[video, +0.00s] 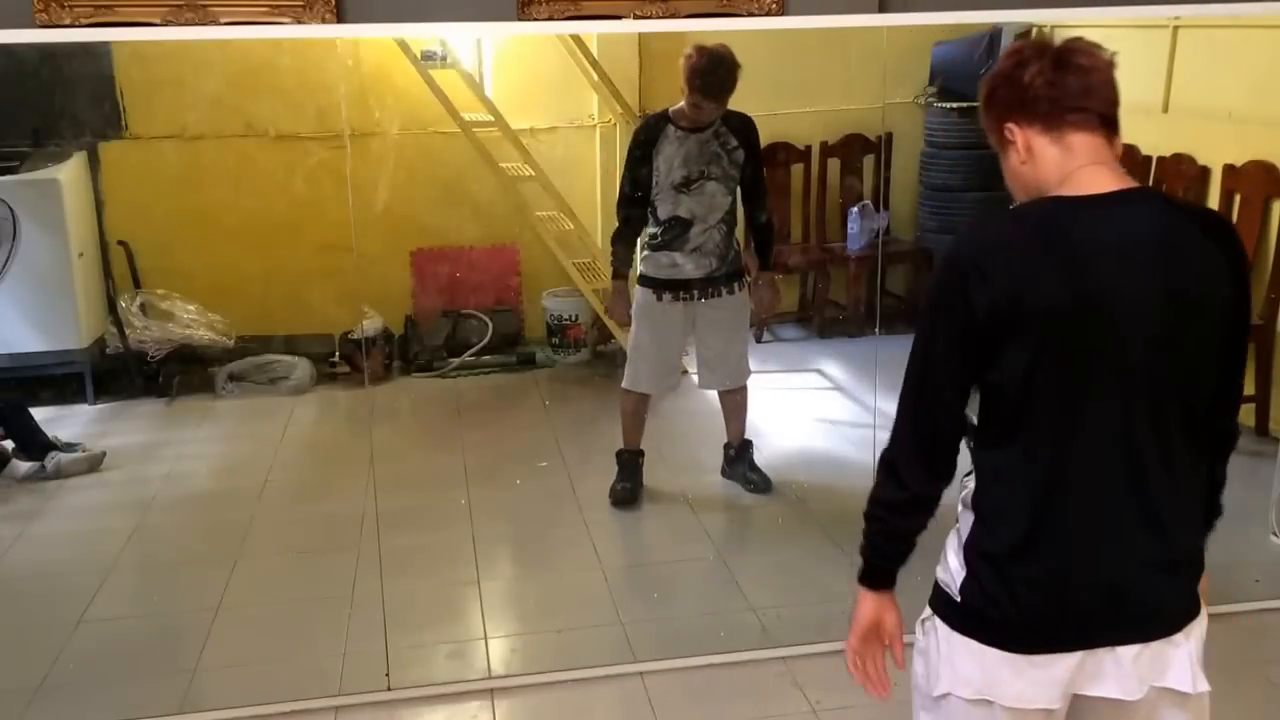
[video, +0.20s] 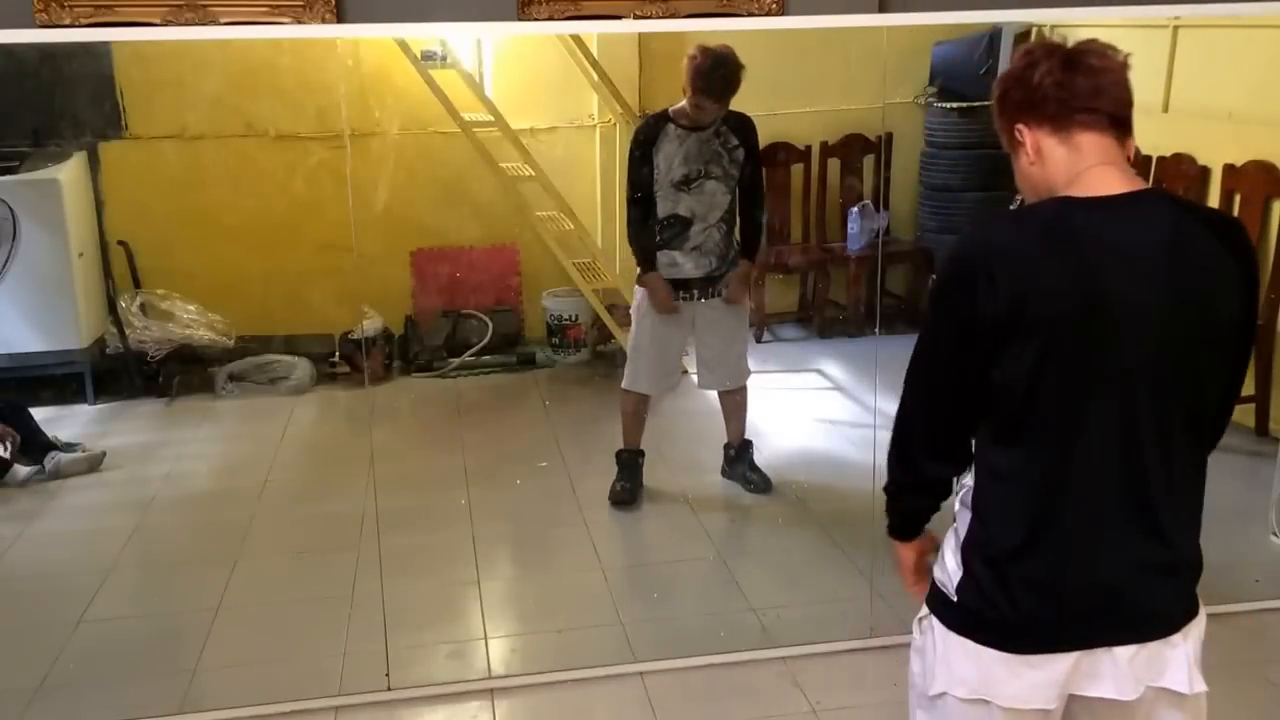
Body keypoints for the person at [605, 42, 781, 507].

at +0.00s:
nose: (698, 112)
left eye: (708, 106)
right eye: (693, 103)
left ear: (727, 96)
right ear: (684, 87)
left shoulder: (740, 130)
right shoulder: (652, 130)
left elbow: (756, 204)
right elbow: (630, 206)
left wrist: (765, 272)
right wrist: (618, 278)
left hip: (722, 281)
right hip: (659, 282)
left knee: (732, 371)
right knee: (639, 377)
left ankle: (736, 456)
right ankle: (629, 467)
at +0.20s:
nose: (698, 111)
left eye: (709, 106)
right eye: (694, 102)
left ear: (727, 97)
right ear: (686, 86)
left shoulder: (740, 130)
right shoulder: (651, 131)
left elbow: (752, 202)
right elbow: (637, 206)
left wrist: (745, 265)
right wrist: (649, 274)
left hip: (722, 282)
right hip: (660, 282)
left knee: (732, 373)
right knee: (639, 378)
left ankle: (737, 456)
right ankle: (628, 466)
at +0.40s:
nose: (701, 114)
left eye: (710, 106)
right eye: (693, 106)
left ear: (722, 95)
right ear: (677, 91)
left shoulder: (735, 127)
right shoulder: (644, 133)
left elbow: (743, 198)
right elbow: (634, 207)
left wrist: (725, 261)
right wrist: (665, 267)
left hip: (720, 275)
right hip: (658, 276)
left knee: (730, 371)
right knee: (639, 374)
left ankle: (736, 456)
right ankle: (628, 466)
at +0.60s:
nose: (691, 117)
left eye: (700, 109)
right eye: (683, 108)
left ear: (714, 95)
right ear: (667, 93)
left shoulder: (733, 126)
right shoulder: (641, 134)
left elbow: (742, 201)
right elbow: (628, 211)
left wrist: (720, 262)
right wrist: (668, 266)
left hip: (720, 277)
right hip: (656, 278)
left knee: (730, 372)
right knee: (639, 376)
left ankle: (736, 456)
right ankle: (628, 465)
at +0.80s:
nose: (691, 115)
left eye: (700, 106)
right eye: (683, 106)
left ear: (713, 94)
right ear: (668, 92)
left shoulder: (732, 127)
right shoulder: (641, 134)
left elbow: (741, 202)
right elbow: (630, 213)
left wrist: (721, 263)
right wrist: (669, 267)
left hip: (720, 278)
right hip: (656, 279)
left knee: (731, 373)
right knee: (639, 377)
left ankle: (736, 456)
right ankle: (628, 466)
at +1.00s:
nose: (693, 114)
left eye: (702, 106)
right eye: (686, 105)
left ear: (716, 93)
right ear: (672, 90)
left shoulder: (733, 128)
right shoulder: (641, 134)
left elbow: (740, 201)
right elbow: (633, 212)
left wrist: (721, 261)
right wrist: (670, 268)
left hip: (720, 279)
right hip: (656, 279)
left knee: (730, 374)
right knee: (638, 378)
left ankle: (736, 456)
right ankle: (628, 465)